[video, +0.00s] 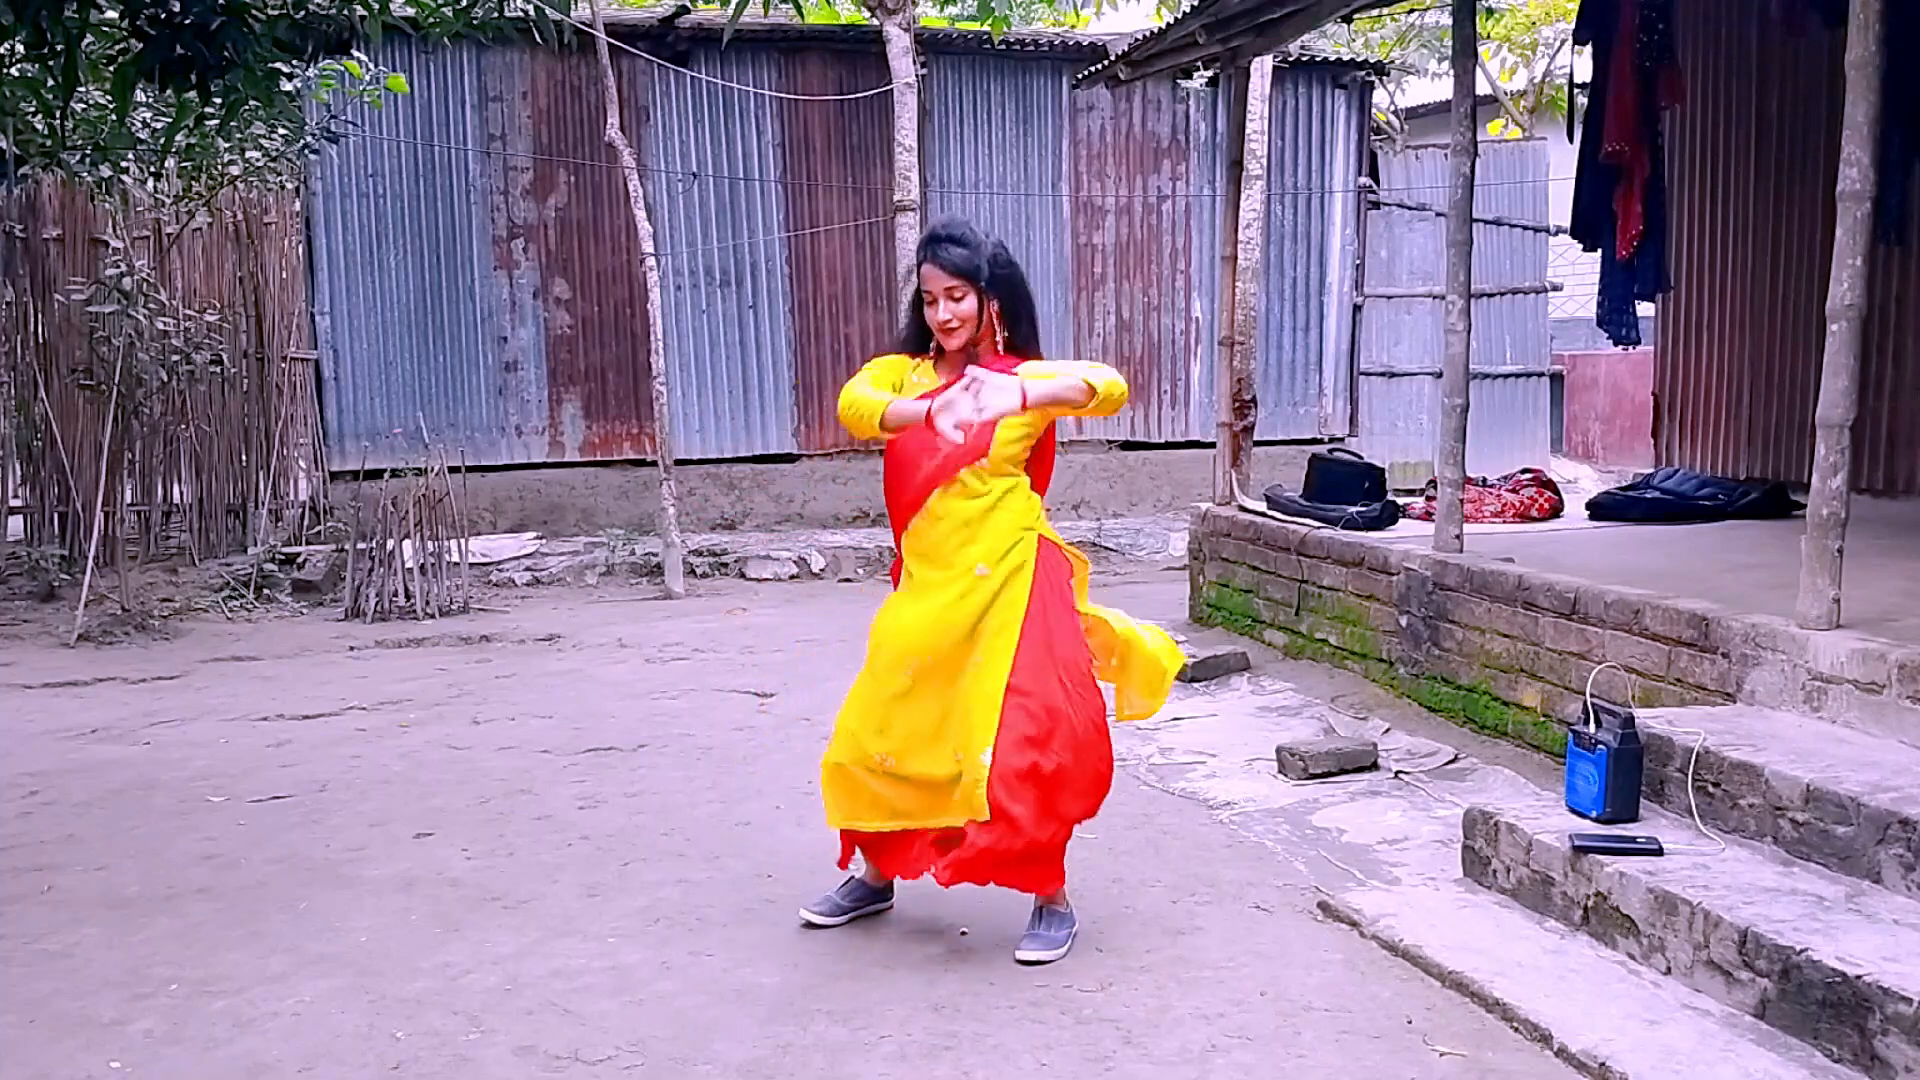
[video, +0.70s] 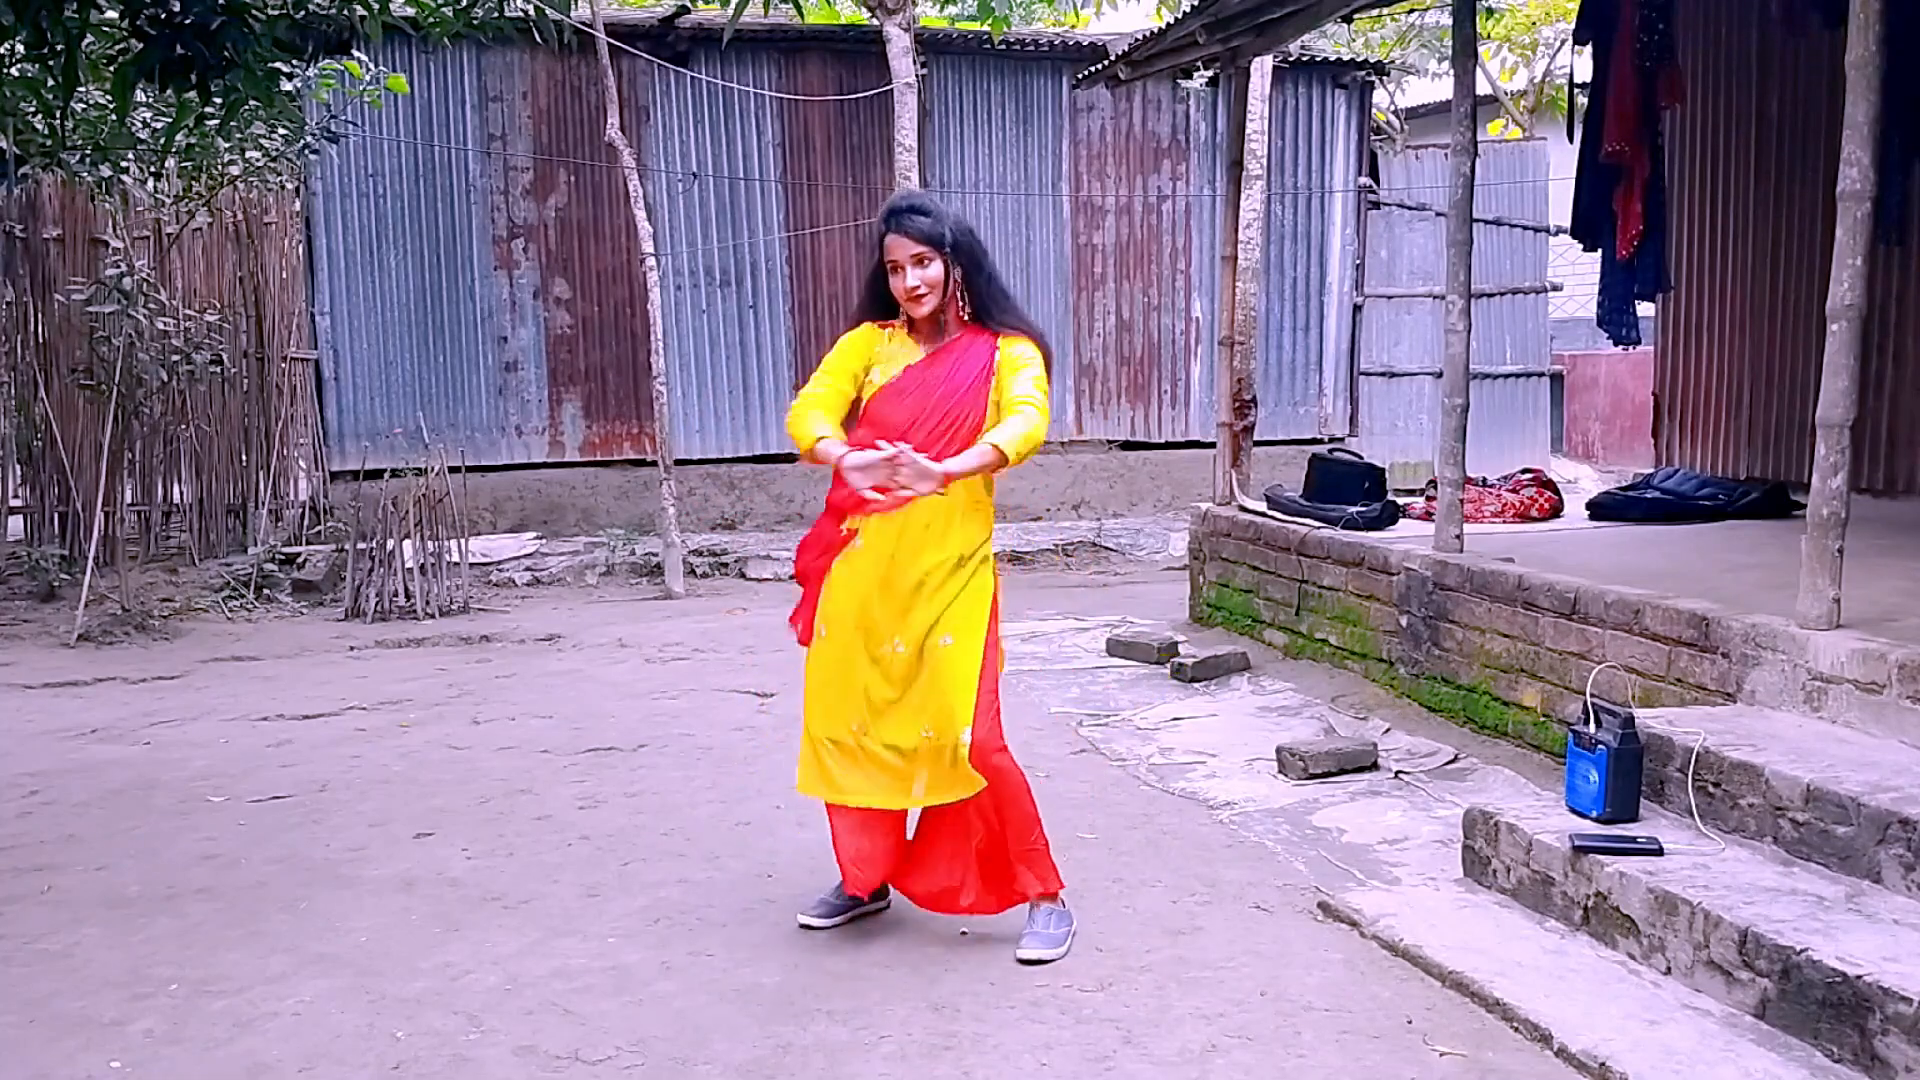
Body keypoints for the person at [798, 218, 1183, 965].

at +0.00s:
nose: (943, 314)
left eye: (956, 297)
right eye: (930, 300)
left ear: (991, 299)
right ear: (919, 306)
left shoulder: (1026, 376)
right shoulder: (904, 372)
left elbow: (1109, 388)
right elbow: (854, 404)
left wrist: (1019, 394)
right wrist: (928, 409)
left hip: (1015, 577)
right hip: (926, 582)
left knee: (1032, 733)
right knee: (870, 727)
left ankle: (1051, 900)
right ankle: (873, 876)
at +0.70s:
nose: (910, 280)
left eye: (922, 262)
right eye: (896, 267)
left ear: (954, 262)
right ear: (885, 274)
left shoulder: (1006, 348)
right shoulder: (866, 342)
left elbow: (1028, 424)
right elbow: (806, 414)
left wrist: (949, 468)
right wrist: (842, 455)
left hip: (952, 568)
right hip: (858, 563)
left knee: (973, 734)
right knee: (846, 720)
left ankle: (1044, 897)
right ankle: (864, 880)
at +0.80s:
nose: (913, 288)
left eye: (927, 270)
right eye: (900, 274)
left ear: (961, 270)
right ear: (889, 281)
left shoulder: (1014, 349)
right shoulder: (877, 360)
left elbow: (1017, 420)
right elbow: (775, 404)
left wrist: (893, 435)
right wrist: (796, 441)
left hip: (944, 581)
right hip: (852, 576)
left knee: (956, 748)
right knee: (837, 726)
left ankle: (1041, 901)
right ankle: (864, 875)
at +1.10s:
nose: (942, 313)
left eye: (958, 297)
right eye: (931, 297)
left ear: (992, 297)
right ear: (919, 300)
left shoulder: (1021, 360)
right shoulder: (920, 378)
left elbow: (956, 425)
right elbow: (868, 436)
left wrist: (859, 476)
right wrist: (819, 476)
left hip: (1001, 577)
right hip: (927, 578)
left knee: (970, 761)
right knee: (867, 721)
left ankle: (1046, 903)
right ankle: (865, 878)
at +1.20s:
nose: (947, 304)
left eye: (964, 289)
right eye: (935, 288)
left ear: (995, 291)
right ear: (922, 290)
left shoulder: (1023, 357)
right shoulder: (907, 371)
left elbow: (1062, 427)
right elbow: (863, 452)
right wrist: (909, 497)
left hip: (1004, 563)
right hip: (925, 568)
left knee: (1001, 724)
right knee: (874, 711)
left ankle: (1049, 898)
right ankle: (876, 874)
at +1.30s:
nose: (945, 311)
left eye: (960, 294)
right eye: (933, 296)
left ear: (994, 302)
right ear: (922, 304)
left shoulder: (1024, 377)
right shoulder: (900, 376)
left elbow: (1114, 398)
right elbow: (860, 432)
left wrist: (1031, 430)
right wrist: (951, 441)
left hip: (1010, 582)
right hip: (923, 587)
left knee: (1020, 738)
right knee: (881, 727)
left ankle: (1049, 900)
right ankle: (880, 878)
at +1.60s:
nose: (928, 306)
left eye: (941, 288)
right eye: (916, 292)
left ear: (980, 285)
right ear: (906, 293)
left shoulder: (1034, 364)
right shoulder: (899, 351)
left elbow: (1011, 428)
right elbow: (843, 410)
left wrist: (965, 477)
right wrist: (867, 454)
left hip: (958, 582)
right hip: (871, 573)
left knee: (979, 732)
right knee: (857, 722)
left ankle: (1046, 894)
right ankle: (873, 877)